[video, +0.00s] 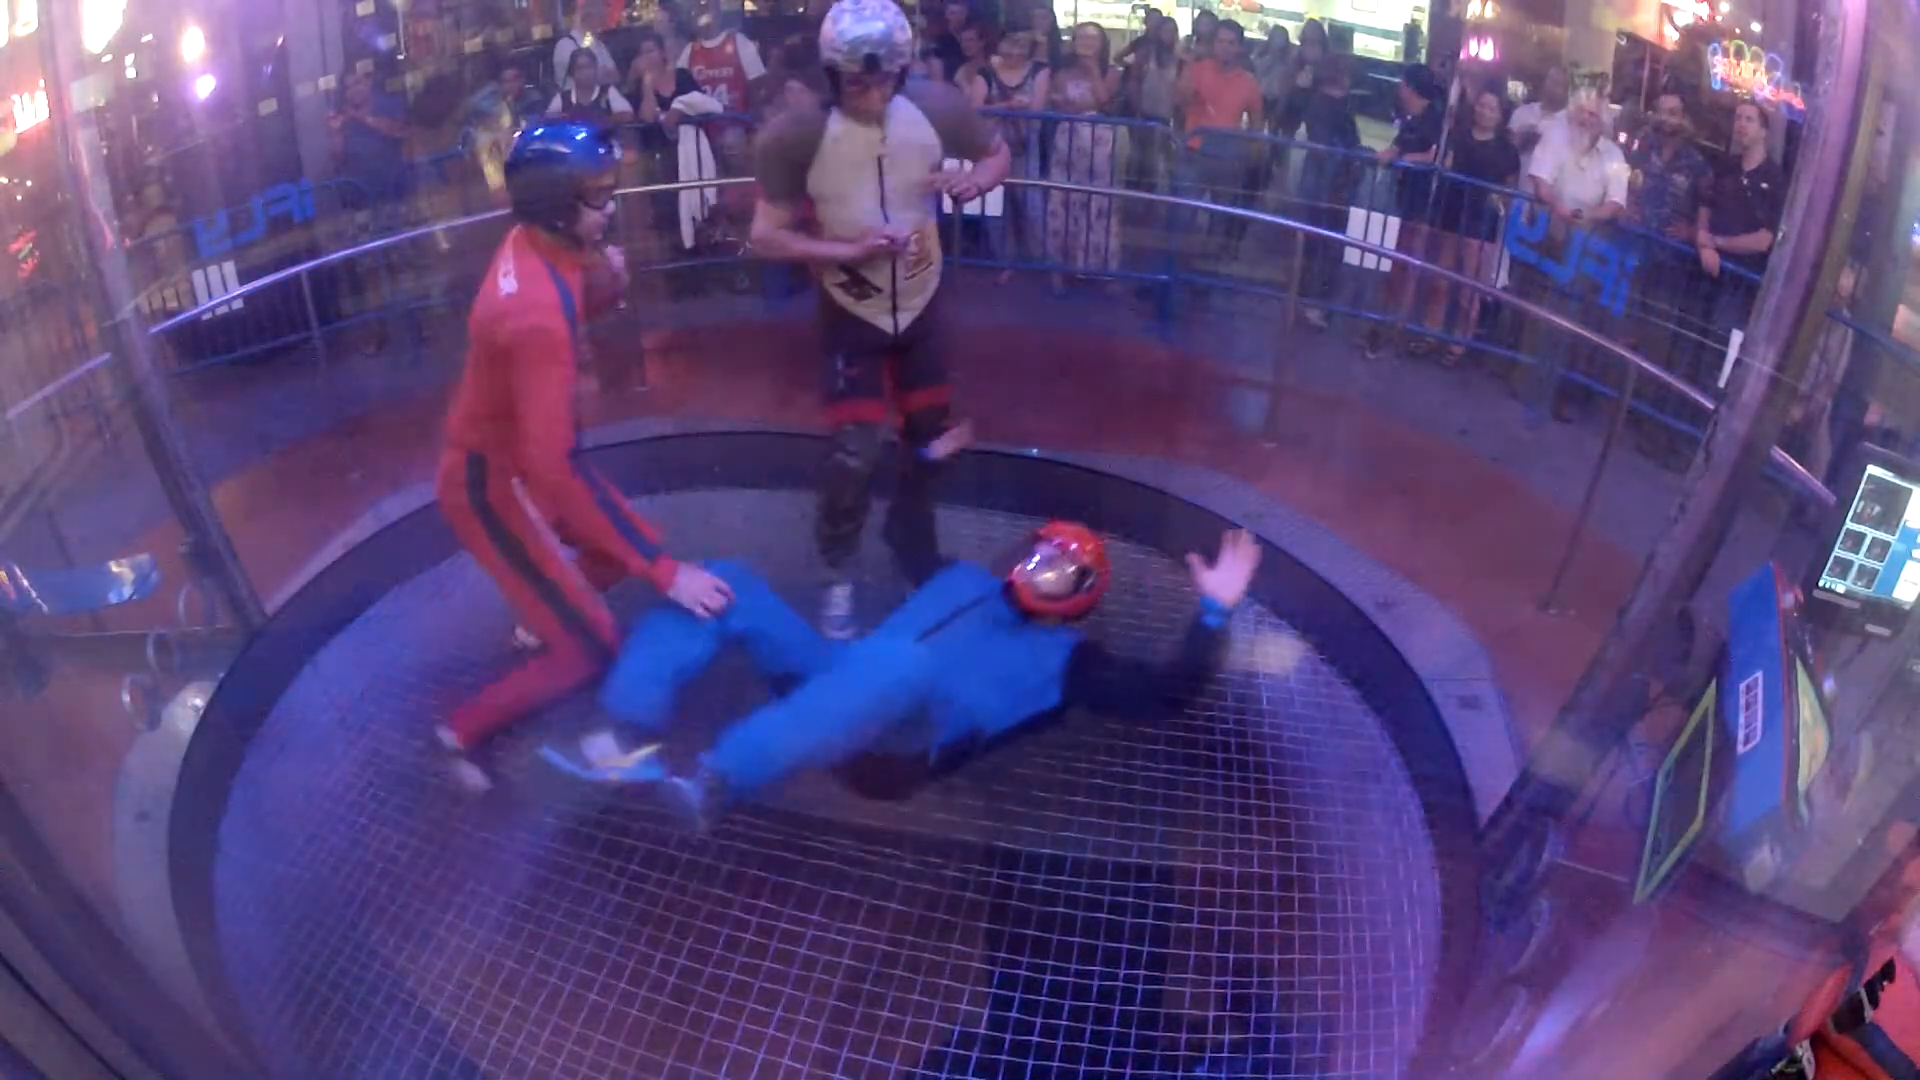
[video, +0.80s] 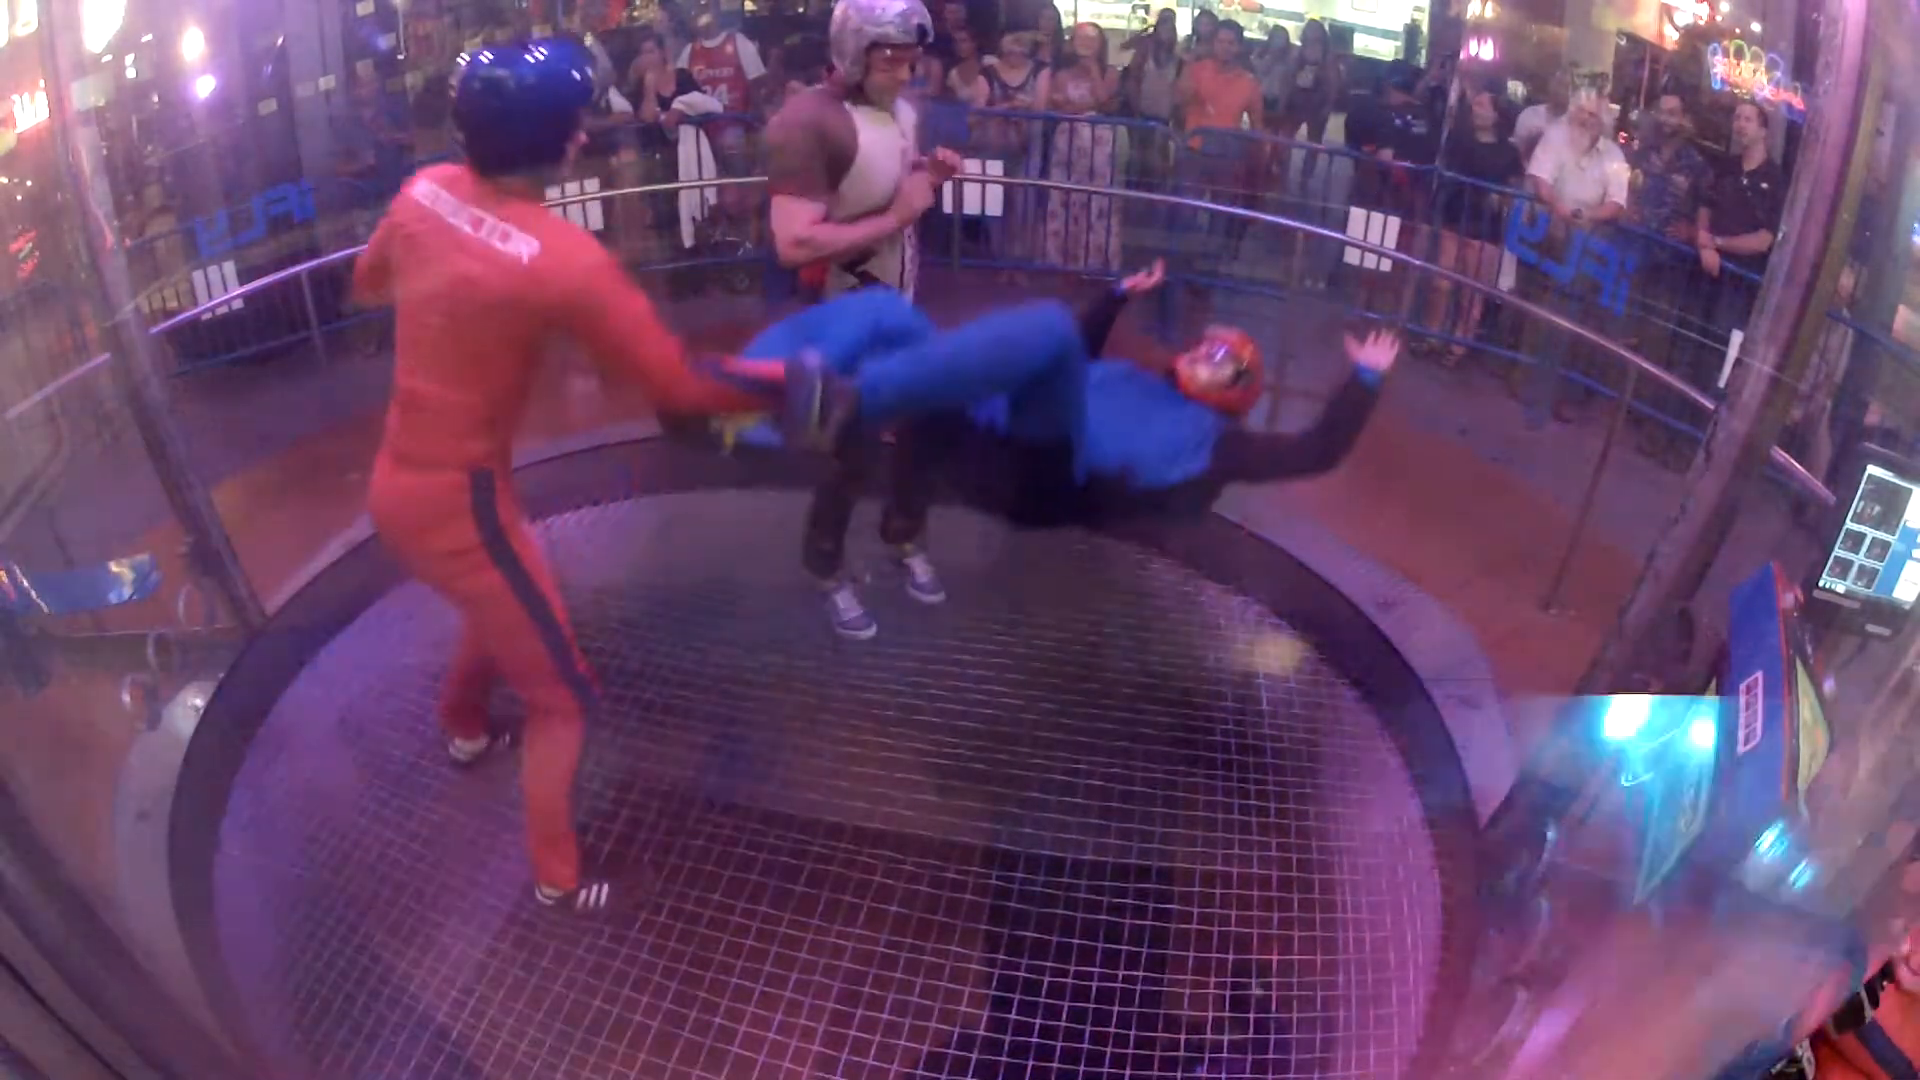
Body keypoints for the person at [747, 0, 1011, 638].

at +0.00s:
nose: (871, 93)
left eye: (883, 78)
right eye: (857, 81)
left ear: (901, 68)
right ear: (833, 72)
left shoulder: (934, 111)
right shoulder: (801, 135)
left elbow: (998, 156)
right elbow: (763, 234)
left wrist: (973, 179)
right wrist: (850, 250)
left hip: (924, 304)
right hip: (851, 311)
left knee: (935, 445)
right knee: (862, 445)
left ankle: (916, 555)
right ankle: (838, 578)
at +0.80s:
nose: (901, 69)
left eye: (908, 57)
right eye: (888, 57)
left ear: (913, 58)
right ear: (851, 56)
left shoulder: (899, 109)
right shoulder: (807, 120)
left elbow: (890, 190)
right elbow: (794, 241)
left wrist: (931, 171)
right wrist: (897, 216)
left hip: (896, 302)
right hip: (837, 308)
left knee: (922, 420)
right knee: (850, 443)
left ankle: (906, 539)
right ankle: (828, 572)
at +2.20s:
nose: (843, 167)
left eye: (847, 153)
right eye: (832, 160)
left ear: (864, 132)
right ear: (824, 154)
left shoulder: (900, 124)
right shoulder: (836, 180)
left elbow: (950, 147)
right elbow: (860, 208)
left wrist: (966, 118)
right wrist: (935, 147)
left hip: (915, 315)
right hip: (865, 319)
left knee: (918, 440)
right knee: (878, 456)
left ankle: (880, 550)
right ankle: (834, 569)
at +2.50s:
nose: (869, 84)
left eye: (874, 71)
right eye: (854, 71)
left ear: (887, 83)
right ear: (832, 84)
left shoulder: (895, 131)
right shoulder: (801, 139)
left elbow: (943, 153)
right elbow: (767, 210)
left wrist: (940, 144)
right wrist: (854, 183)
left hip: (895, 311)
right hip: (835, 316)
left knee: (900, 442)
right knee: (865, 459)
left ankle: (876, 553)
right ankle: (821, 563)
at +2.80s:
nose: (772, 46)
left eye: (781, 32)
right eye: (758, 34)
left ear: (793, 40)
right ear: (732, 48)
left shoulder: (838, 124)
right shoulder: (717, 135)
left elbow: (874, 204)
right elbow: (686, 241)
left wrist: (864, 203)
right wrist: (790, 247)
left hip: (831, 320)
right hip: (766, 326)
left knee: (879, 436)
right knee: (765, 483)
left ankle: (869, 550)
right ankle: (713, 579)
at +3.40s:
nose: (695, 85)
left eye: (703, 71)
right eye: (677, 73)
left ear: (716, 77)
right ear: (646, 85)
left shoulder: (734, 138)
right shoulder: (620, 166)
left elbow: (776, 203)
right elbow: (606, 286)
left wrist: (777, 221)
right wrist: (688, 272)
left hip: (773, 355)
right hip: (702, 370)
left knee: (801, 494)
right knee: (747, 523)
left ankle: (773, 606)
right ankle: (713, 597)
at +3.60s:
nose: (684, 107)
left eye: (693, 92)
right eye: (665, 95)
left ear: (706, 96)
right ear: (631, 108)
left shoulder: (726, 166)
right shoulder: (604, 197)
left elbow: (764, 231)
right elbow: (585, 340)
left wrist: (777, 250)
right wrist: (686, 368)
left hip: (775, 397)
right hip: (706, 421)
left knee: (803, 525)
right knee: (770, 596)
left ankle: (789, 617)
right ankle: (701, 667)